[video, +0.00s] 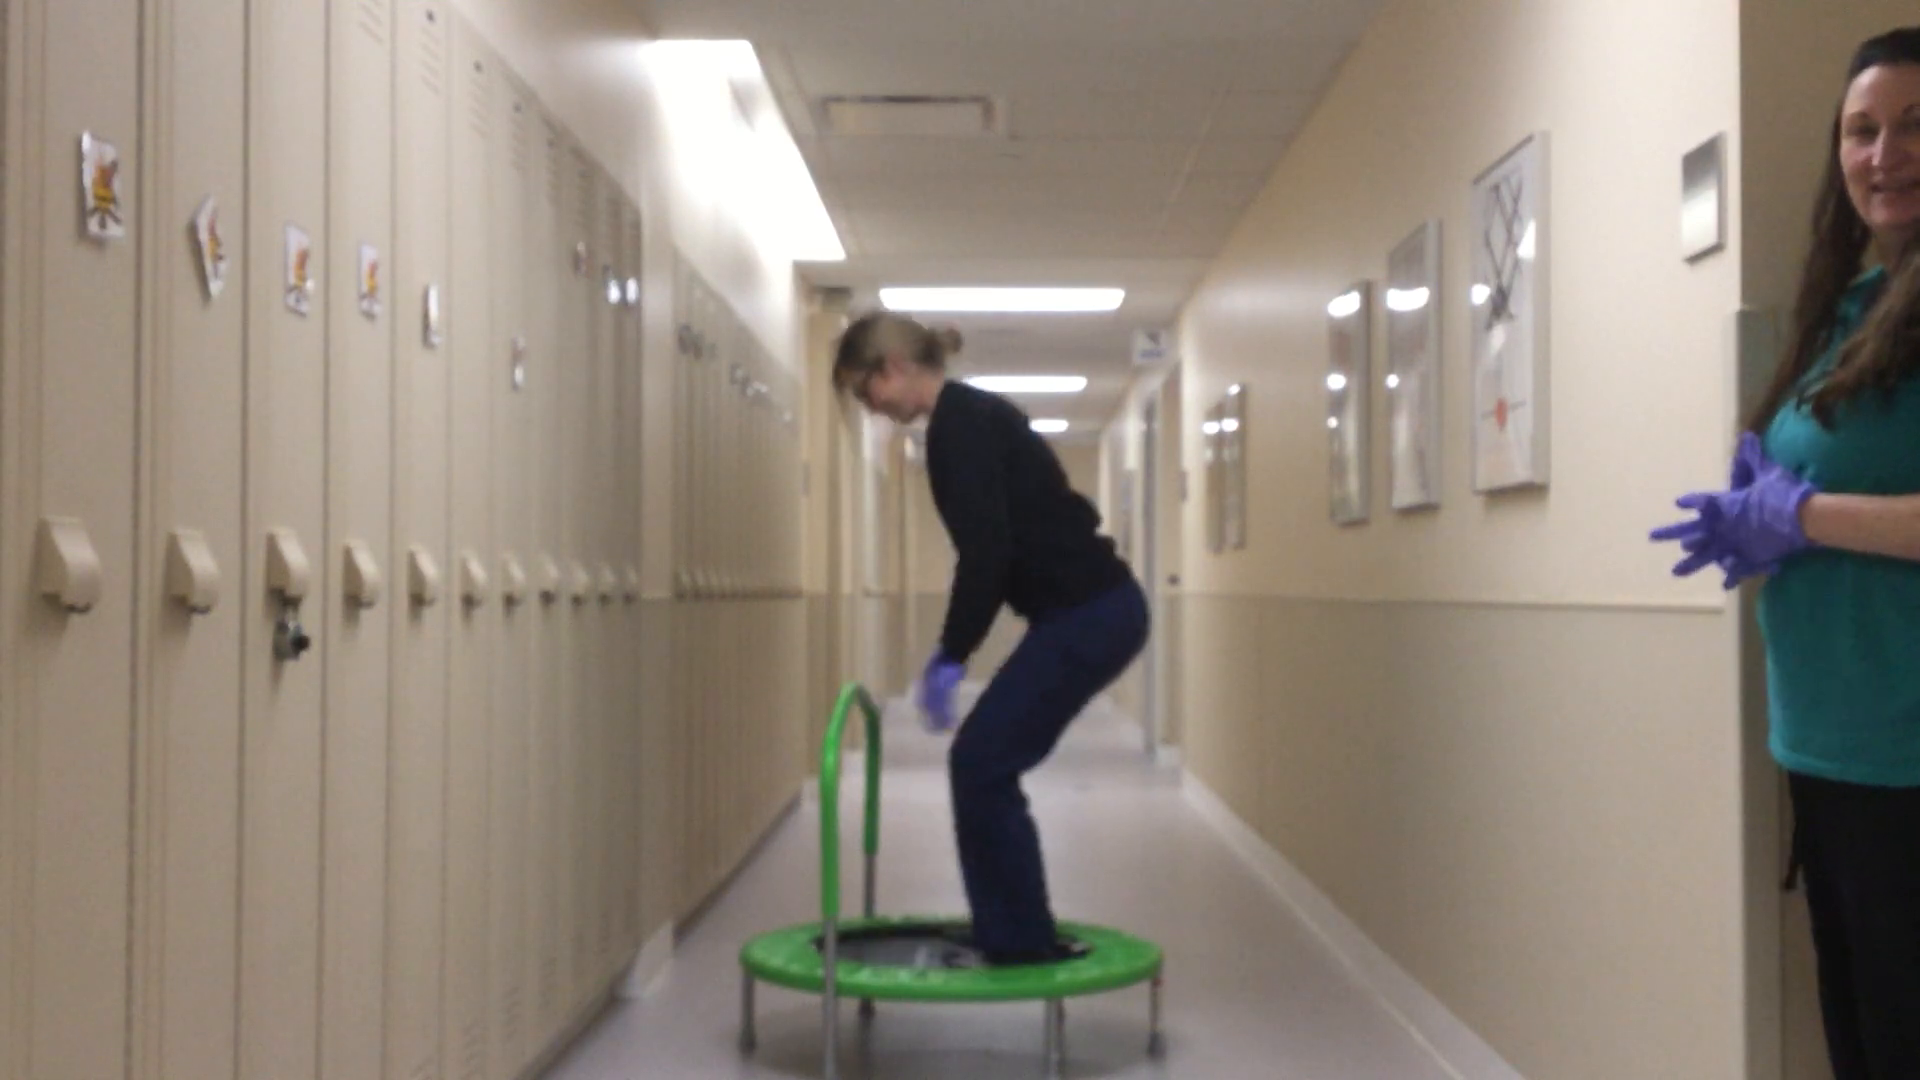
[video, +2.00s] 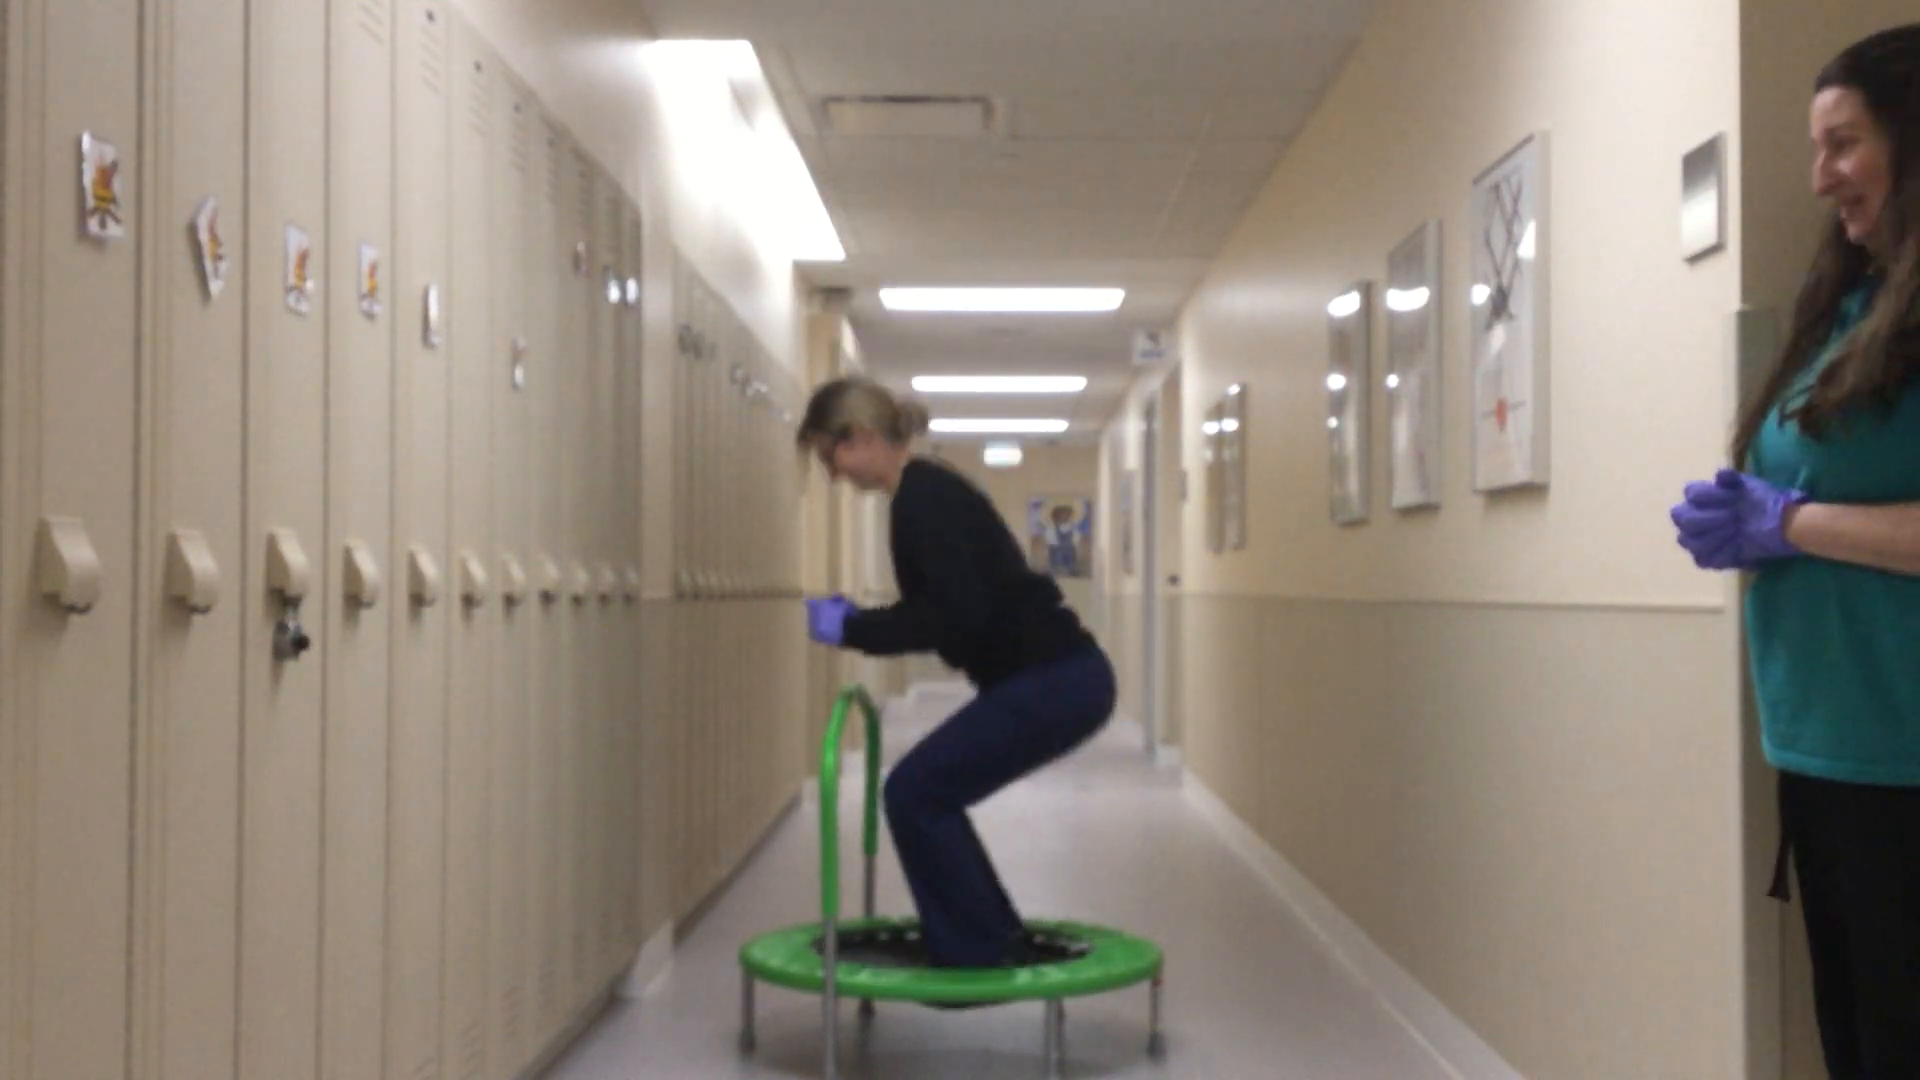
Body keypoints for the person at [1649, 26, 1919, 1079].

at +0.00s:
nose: (1885, 154)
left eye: (1910, 128)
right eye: (1863, 130)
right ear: (1837, 152)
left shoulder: (1918, 296)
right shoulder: (1843, 300)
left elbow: (1915, 519)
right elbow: (1808, 457)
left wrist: (1800, 515)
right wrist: (1759, 487)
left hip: (1899, 745)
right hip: (1823, 738)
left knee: (1896, 1029)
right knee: (1856, 1030)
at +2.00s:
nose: (1824, 172)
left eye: (1846, 141)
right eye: (1816, 148)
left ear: (1914, 143)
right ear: (1821, 159)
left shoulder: (1917, 302)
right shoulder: (1837, 301)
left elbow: (1914, 529)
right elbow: (1795, 460)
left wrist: (1790, 522)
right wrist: (1747, 502)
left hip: (1896, 742)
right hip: (1815, 732)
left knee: (1894, 1032)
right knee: (1850, 1027)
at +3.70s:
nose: (1762, 158)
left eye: (1788, 123)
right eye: (1746, 136)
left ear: (1866, 125)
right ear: (1739, 154)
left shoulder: (1898, 289)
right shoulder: (1765, 300)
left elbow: (1914, 533)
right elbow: (1783, 535)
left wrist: (1773, 598)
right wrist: (1709, 620)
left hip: (1895, 759)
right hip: (1806, 758)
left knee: (1888, 1044)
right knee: (1845, 1043)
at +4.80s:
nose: (1690, 149)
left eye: (1715, 112)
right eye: (1667, 131)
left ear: (1783, 112)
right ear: (1656, 153)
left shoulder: (1869, 258)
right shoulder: (1700, 299)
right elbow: (1706, 539)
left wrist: (1858, 581)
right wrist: (1670, 722)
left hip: (1869, 765)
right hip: (1751, 771)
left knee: (1867, 1050)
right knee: (1786, 1050)